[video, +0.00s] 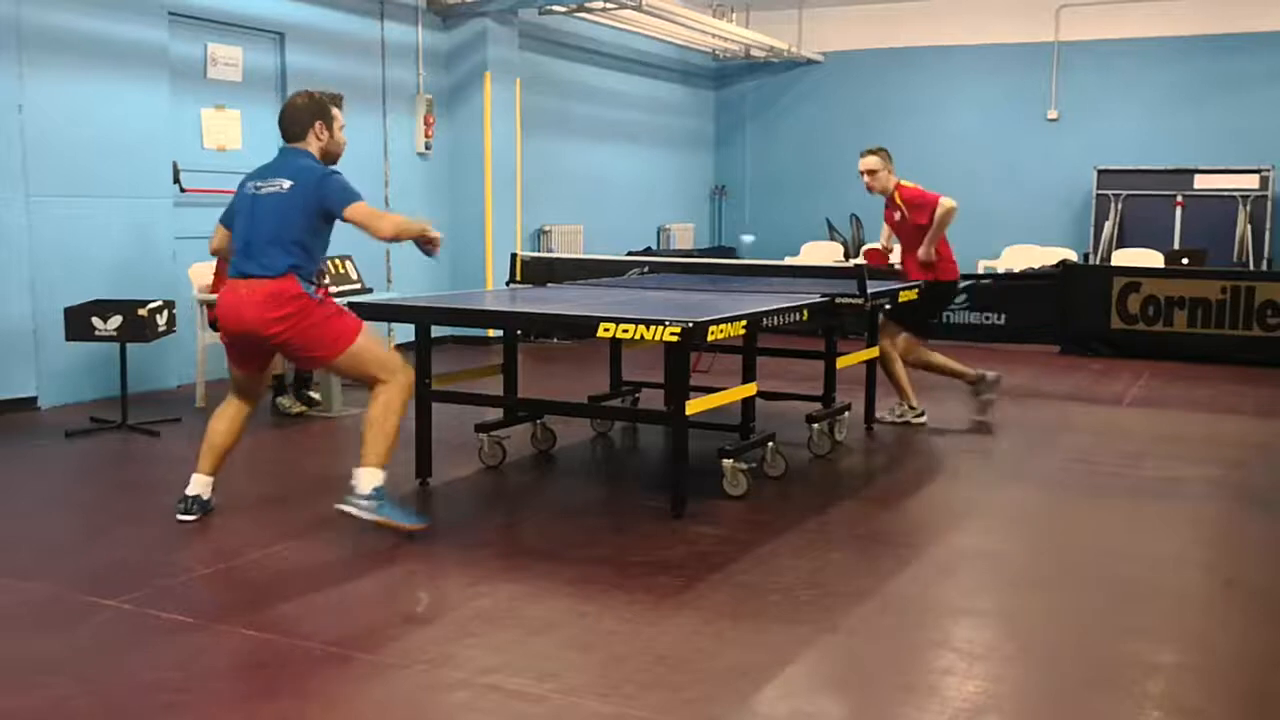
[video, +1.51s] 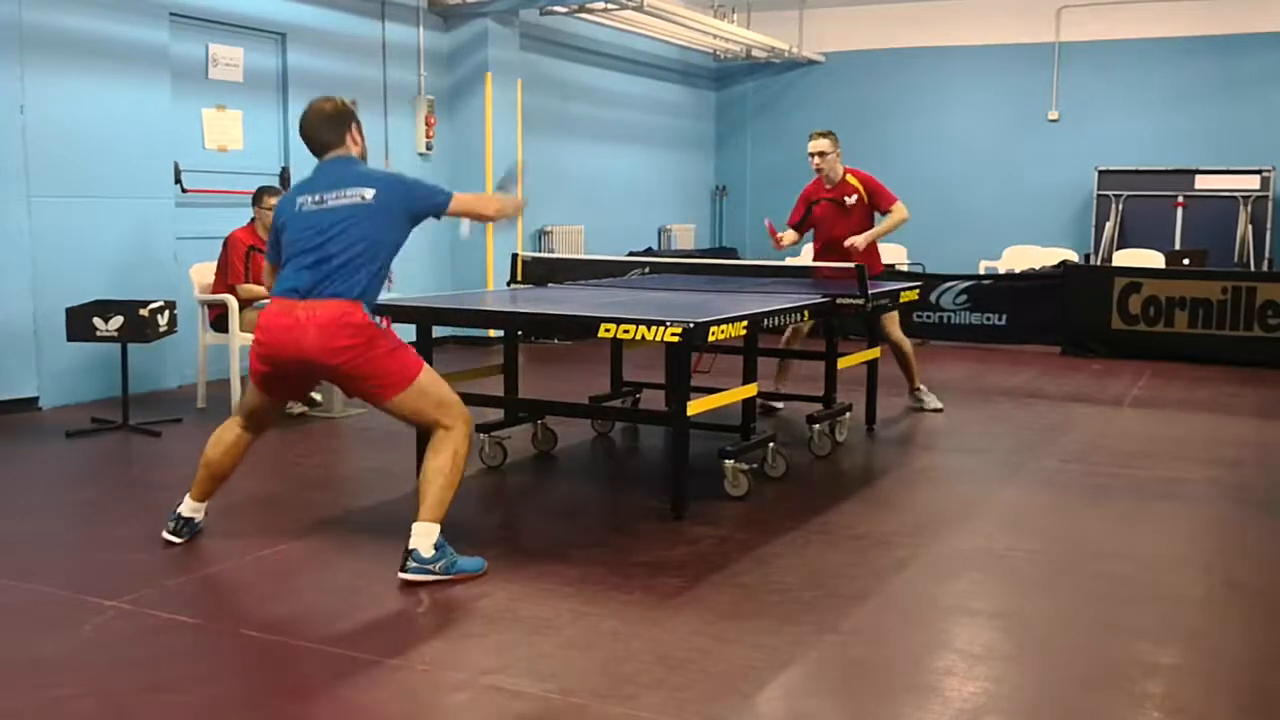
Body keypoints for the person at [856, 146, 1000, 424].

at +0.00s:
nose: (866, 180)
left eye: (872, 173)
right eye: (862, 175)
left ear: (889, 171)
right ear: (862, 177)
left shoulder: (907, 193)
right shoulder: (891, 200)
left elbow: (947, 206)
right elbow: (890, 221)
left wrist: (929, 244)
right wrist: (885, 243)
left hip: (936, 280)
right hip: (921, 280)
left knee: (884, 339)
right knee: (907, 352)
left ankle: (910, 406)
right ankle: (978, 378)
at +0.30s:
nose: (854, 150)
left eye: (860, 143)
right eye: (851, 144)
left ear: (877, 143)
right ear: (851, 147)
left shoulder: (898, 174)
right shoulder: (860, 178)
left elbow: (942, 200)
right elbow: (856, 216)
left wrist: (913, 233)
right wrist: (841, 236)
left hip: (901, 272)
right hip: (870, 273)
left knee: (889, 327)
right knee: (847, 327)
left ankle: (927, 391)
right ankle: (853, 386)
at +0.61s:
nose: (852, 152)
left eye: (858, 145)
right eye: (849, 146)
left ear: (875, 142)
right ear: (848, 147)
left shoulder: (903, 171)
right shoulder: (854, 179)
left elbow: (943, 199)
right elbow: (851, 217)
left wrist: (911, 225)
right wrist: (839, 239)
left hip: (905, 272)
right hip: (866, 274)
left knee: (930, 332)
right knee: (846, 331)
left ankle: (946, 395)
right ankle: (853, 387)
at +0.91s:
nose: (817, 183)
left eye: (820, 175)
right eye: (813, 177)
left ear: (838, 169)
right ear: (830, 173)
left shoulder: (881, 177)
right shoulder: (833, 200)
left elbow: (926, 185)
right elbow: (835, 242)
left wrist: (925, 226)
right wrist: (799, 238)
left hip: (907, 273)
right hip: (866, 279)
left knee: (936, 332)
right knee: (824, 324)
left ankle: (950, 397)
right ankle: (801, 388)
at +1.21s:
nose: (782, 187)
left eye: (787, 179)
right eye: (778, 181)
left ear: (805, 175)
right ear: (778, 182)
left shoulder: (835, 186)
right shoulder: (784, 212)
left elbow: (875, 195)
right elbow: (767, 251)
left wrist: (871, 237)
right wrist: (754, 237)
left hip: (866, 276)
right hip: (823, 284)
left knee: (903, 331)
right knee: (800, 338)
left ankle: (925, 390)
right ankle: (788, 400)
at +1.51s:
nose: (816, 162)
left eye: (821, 155)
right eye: (812, 156)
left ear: (837, 155)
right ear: (809, 159)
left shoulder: (862, 183)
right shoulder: (811, 192)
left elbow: (900, 213)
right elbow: (796, 231)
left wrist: (867, 236)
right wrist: (783, 239)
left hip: (868, 279)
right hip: (825, 280)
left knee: (894, 335)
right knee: (795, 330)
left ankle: (916, 388)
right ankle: (777, 390)